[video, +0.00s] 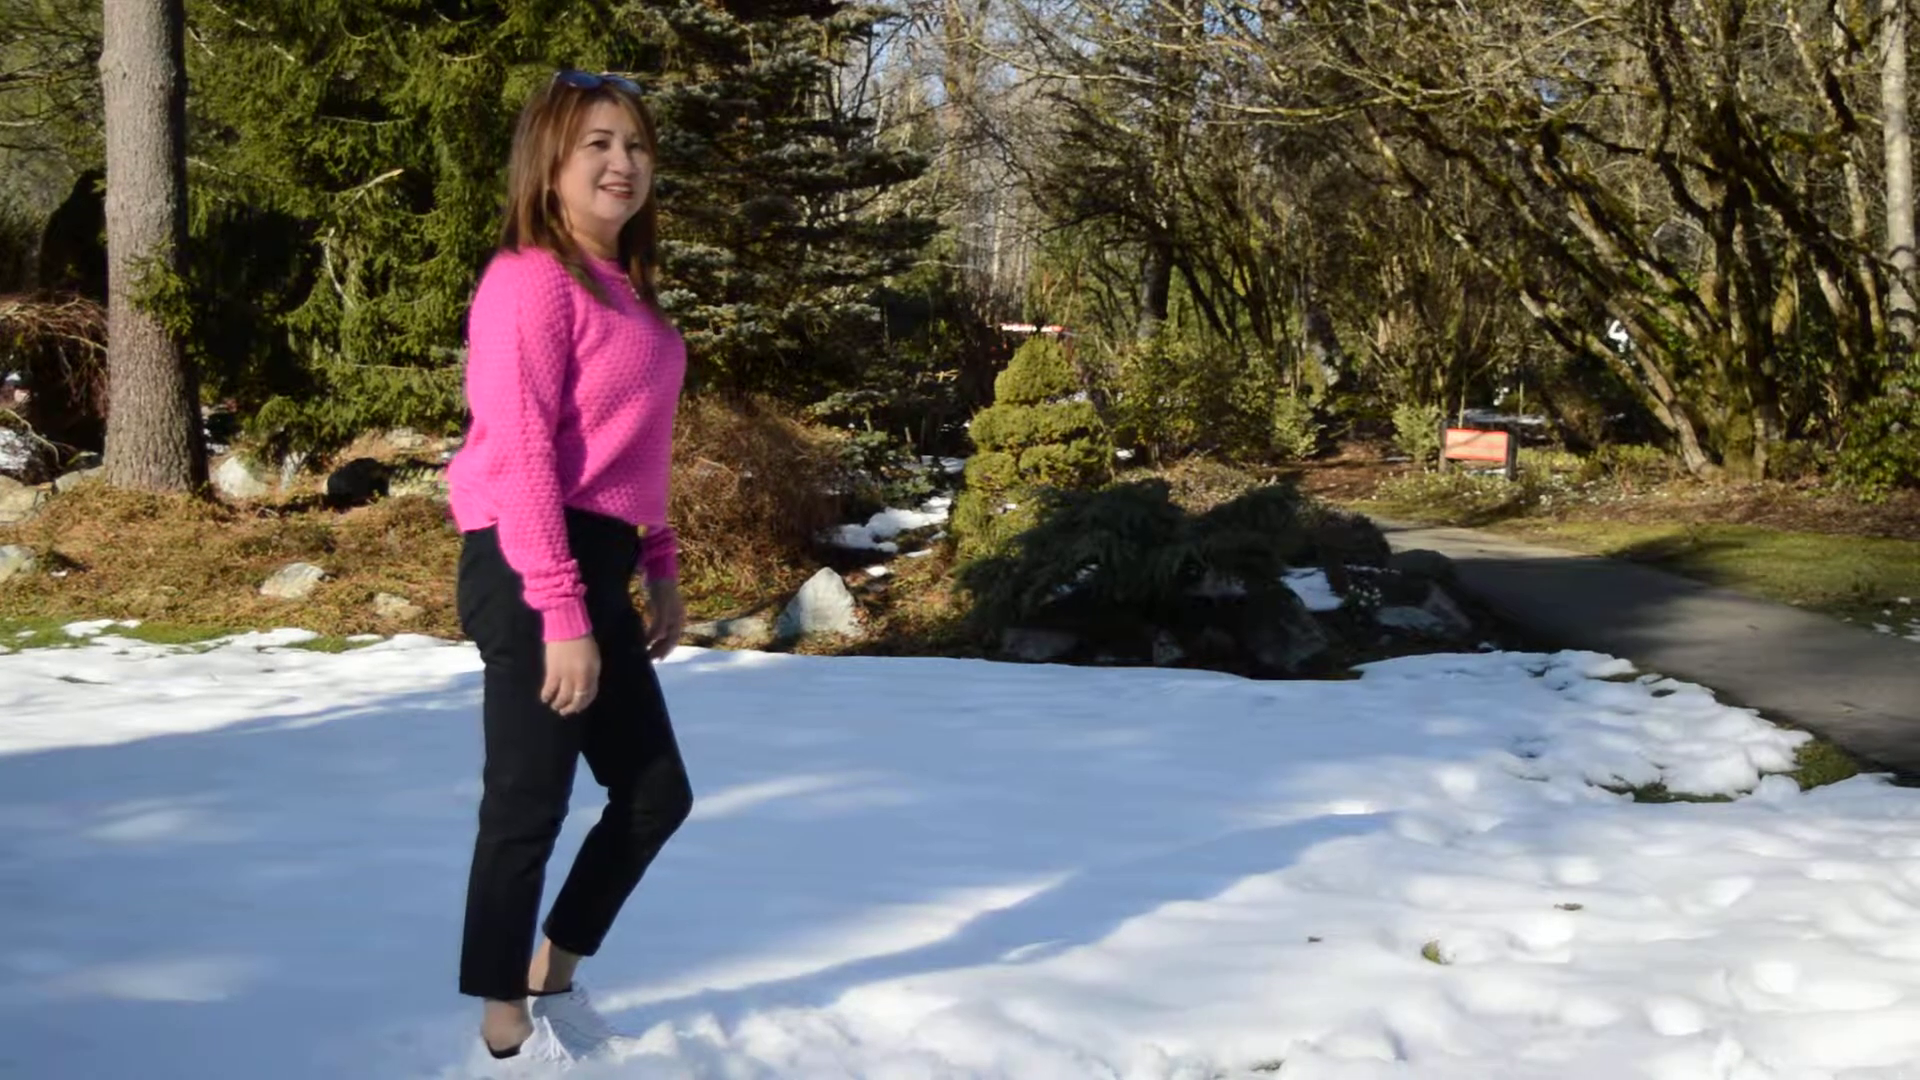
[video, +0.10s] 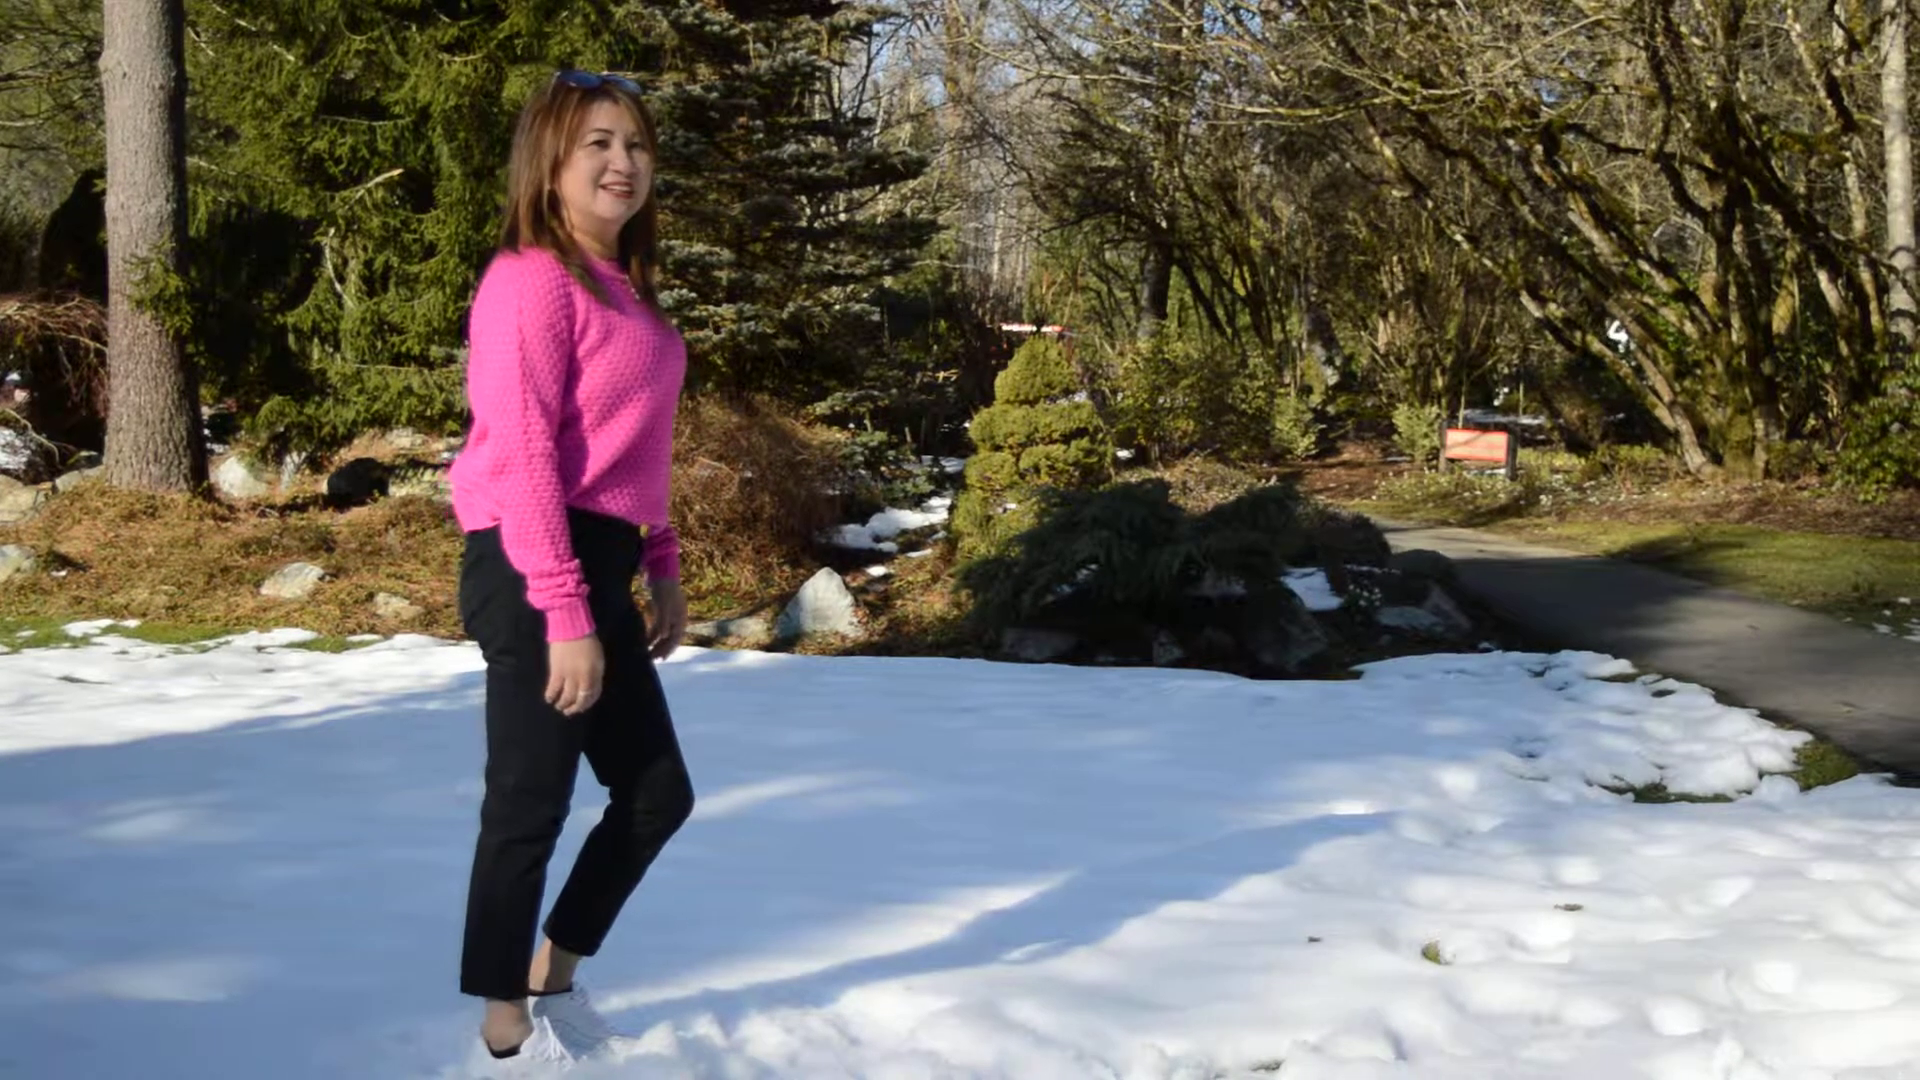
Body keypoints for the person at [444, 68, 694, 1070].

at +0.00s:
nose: (623, 163)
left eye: (636, 146)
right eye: (599, 143)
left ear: (650, 170)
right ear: (550, 162)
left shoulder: (620, 291)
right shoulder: (526, 280)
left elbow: (629, 449)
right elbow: (521, 454)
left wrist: (659, 569)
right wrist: (562, 611)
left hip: (595, 558)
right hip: (524, 553)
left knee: (656, 794)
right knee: (526, 801)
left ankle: (549, 977)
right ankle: (501, 1039)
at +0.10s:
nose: (623, 163)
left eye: (636, 146)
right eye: (599, 143)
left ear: (650, 169)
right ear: (550, 162)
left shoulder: (620, 291)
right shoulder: (526, 279)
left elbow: (633, 448)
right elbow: (523, 454)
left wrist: (660, 569)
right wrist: (565, 612)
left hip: (599, 558)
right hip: (527, 553)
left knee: (658, 794)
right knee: (527, 800)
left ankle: (549, 977)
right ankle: (501, 1036)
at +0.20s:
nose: (623, 162)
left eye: (636, 145)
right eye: (598, 144)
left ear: (650, 169)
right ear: (550, 164)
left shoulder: (623, 292)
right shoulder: (526, 280)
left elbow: (635, 449)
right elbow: (525, 455)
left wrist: (663, 569)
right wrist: (569, 614)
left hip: (600, 558)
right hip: (529, 553)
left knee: (658, 793)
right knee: (527, 802)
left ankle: (550, 979)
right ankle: (501, 1037)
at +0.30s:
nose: (622, 162)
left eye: (635, 145)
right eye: (598, 144)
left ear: (650, 168)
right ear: (549, 163)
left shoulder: (622, 292)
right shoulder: (527, 281)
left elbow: (637, 448)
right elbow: (526, 456)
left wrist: (664, 571)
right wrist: (571, 613)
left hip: (602, 558)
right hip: (531, 554)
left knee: (659, 794)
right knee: (528, 803)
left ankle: (550, 981)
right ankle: (501, 1037)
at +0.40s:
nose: (623, 162)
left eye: (635, 145)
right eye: (598, 144)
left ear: (649, 168)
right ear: (549, 163)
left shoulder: (620, 291)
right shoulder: (527, 280)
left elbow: (637, 448)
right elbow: (526, 455)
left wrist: (664, 572)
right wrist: (571, 612)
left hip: (604, 558)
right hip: (533, 554)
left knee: (659, 794)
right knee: (528, 803)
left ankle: (550, 978)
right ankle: (501, 1038)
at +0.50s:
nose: (623, 161)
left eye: (636, 144)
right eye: (599, 143)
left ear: (649, 168)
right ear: (548, 162)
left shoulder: (620, 290)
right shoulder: (527, 280)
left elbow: (638, 448)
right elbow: (525, 455)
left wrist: (664, 573)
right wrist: (571, 612)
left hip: (604, 558)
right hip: (534, 554)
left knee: (660, 794)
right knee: (528, 804)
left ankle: (550, 981)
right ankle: (501, 1038)